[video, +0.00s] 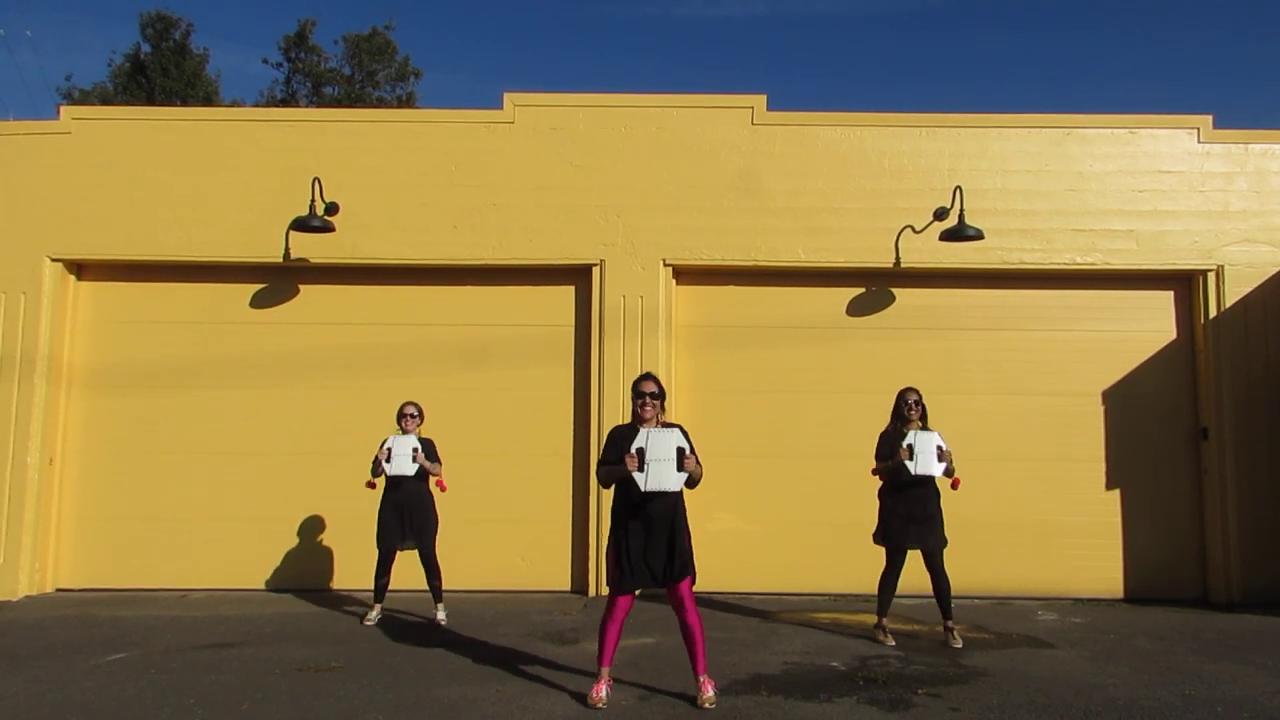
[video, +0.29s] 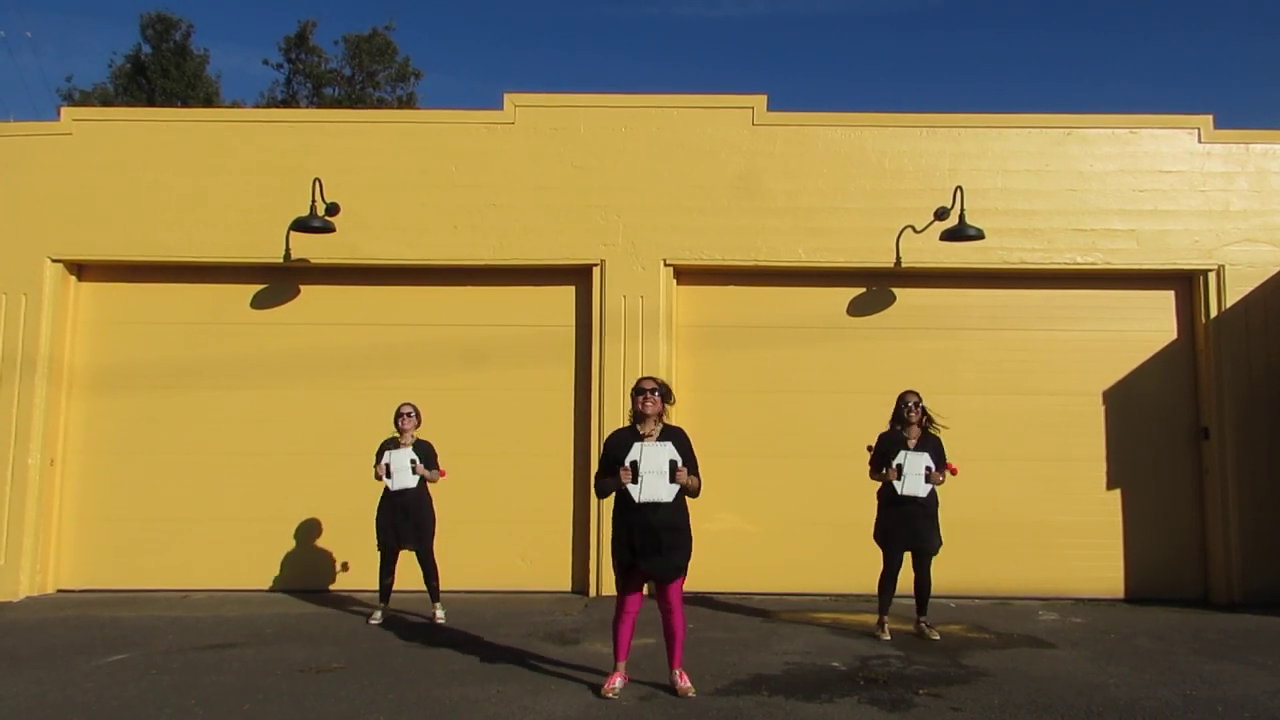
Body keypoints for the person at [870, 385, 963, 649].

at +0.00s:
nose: (912, 407)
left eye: (916, 403)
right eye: (906, 404)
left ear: (922, 407)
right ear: (898, 407)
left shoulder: (931, 437)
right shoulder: (890, 435)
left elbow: (947, 473)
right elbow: (880, 470)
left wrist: (947, 461)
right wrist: (898, 460)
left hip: (927, 508)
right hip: (897, 509)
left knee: (936, 566)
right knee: (894, 565)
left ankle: (949, 625)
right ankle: (881, 624)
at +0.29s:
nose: (911, 409)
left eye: (916, 405)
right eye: (906, 405)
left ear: (923, 410)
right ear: (898, 410)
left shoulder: (933, 441)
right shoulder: (886, 439)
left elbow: (941, 474)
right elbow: (874, 473)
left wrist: (937, 477)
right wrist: (886, 476)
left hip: (924, 515)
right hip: (893, 514)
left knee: (923, 570)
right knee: (891, 567)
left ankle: (922, 620)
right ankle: (882, 620)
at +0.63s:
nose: (910, 410)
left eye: (915, 405)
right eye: (905, 406)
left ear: (921, 408)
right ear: (898, 409)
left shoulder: (931, 438)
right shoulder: (889, 438)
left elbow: (946, 476)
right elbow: (884, 470)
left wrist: (947, 466)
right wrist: (900, 465)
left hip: (925, 511)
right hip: (894, 512)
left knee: (931, 571)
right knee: (892, 569)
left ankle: (936, 627)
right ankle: (880, 626)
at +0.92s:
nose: (912, 404)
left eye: (917, 400)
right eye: (907, 401)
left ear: (924, 404)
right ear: (900, 407)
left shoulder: (936, 438)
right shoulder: (888, 435)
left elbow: (943, 465)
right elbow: (872, 463)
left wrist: (938, 477)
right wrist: (886, 475)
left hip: (927, 512)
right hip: (895, 512)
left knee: (923, 568)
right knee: (894, 567)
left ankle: (922, 623)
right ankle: (887, 623)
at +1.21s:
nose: (918, 410)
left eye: (923, 406)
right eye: (912, 406)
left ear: (929, 410)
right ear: (904, 410)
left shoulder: (942, 440)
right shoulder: (897, 437)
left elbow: (957, 481)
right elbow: (889, 473)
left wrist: (957, 468)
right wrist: (909, 461)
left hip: (934, 511)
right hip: (901, 511)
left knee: (947, 574)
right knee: (898, 572)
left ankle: (957, 632)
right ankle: (878, 628)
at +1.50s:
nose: (927, 394)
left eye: (930, 390)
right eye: (921, 392)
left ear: (936, 395)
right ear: (912, 400)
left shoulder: (951, 421)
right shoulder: (907, 428)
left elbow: (992, 423)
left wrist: (1006, 404)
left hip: (945, 504)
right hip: (912, 504)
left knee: (951, 567)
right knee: (901, 561)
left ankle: (951, 628)